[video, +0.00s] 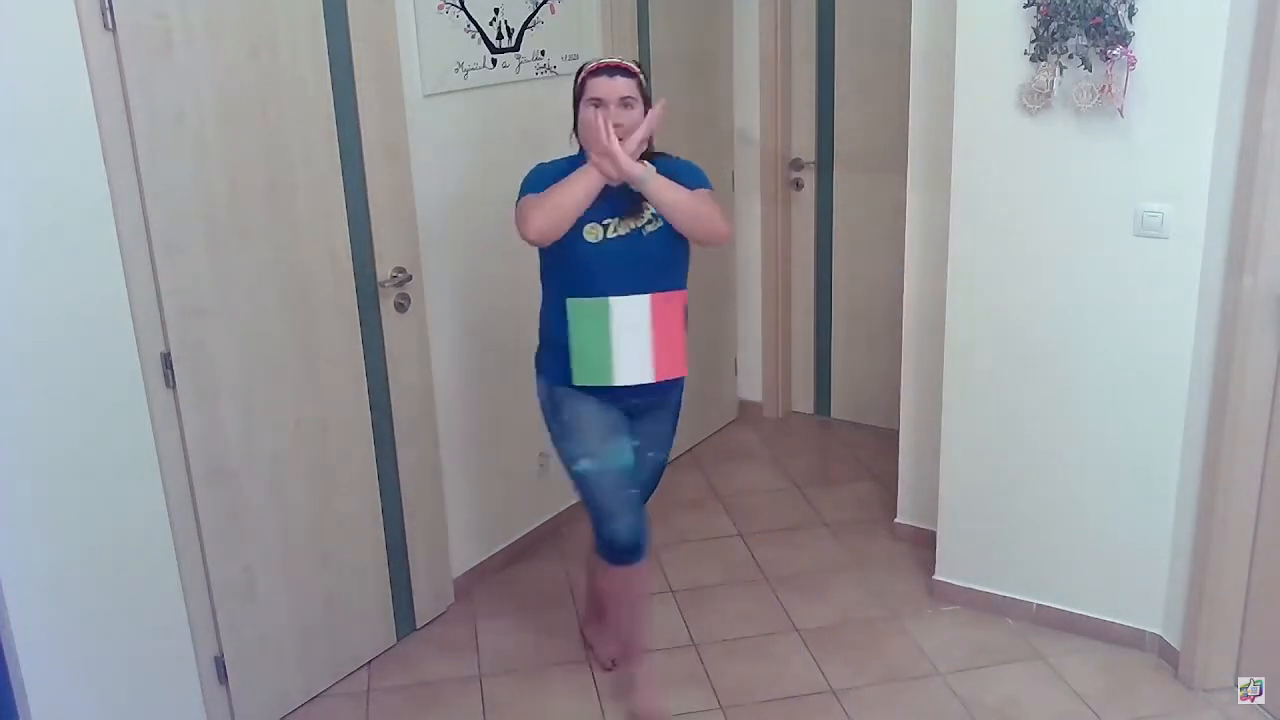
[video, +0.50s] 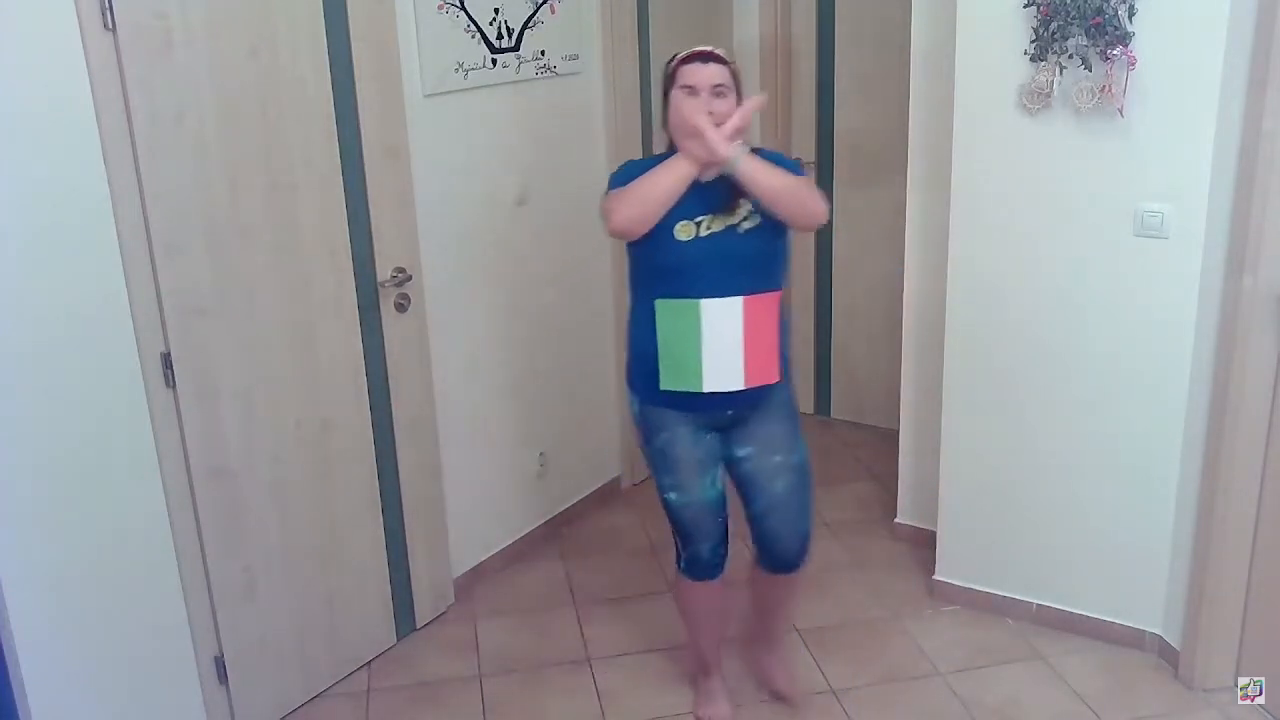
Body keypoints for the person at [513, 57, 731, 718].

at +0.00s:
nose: (611, 117)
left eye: (625, 105)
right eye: (596, 106)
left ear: (647, 114)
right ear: (577, 116)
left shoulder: (676, 173)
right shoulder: (552, 177)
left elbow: (715, 229)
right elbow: (536, 227)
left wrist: (634, 171)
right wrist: (606, 163)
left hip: (658, 382)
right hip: (575, 383)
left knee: (621, 521)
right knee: (625, 532)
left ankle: (598, 616)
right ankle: (635, 670)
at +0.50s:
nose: (707, 104)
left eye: (720, 93)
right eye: (690, 93)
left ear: (740, 106)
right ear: (667, 108)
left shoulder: (770, 166)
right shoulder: (641, 175)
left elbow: (812, 211)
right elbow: (623, 221)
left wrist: (729, 154)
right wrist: (701, 153)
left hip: (763, 393)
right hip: (672, 400)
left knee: (787, 541)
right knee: (703, 549)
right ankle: (710, 676)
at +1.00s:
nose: (855, 131)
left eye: (870, 118)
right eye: (838, 117)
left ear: (893, 135)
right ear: (814, 132)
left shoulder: (918, 209)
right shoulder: (786, 193)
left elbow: (997, 237)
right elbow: (780, 240)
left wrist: (903, 181)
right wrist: (867, 179)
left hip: (905, 431)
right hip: (814, 429)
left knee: (860, 604)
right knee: (813, 585)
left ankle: (847, 711)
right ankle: (897, 646)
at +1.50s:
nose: (980, 110)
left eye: (998, 97)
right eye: (965, 94)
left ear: (1019, 112)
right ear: (938, 105)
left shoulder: (1051, 173)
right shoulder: (900, 175)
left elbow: (1156, 228)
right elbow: (873, 244)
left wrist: (1092, 241)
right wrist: (981, 193)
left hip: (1029, 413)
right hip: (930, 412)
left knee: (1028, 575)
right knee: (941, 563)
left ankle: (1038, 680)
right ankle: (944, 669)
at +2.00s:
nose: (1092, 166)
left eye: (1110, 148)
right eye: (1072, 149)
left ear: (1138, 151)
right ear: (1044, 154)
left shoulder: (1184, 226)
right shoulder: (1001, 231)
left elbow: (1224, 335)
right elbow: (941, 339)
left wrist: (1272, 410)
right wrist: (893, 436)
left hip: (1119, 446)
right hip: (1016, 444)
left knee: (1069, 604)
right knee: (1056, 614)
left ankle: (1036, 693)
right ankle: (1065, 715)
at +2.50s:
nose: (1132, 242)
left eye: (1152, 223)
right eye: (1109, 225)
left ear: (1181, 234)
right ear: (1081, 241)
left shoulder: (1227, 311)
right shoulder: (1040, 335)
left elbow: (1265, 425)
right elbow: (974, 456)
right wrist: (913, 551)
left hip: (1163, 491)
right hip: (1056, 497)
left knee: (1154, 660)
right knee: (1099, 675)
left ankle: (1052, 689)